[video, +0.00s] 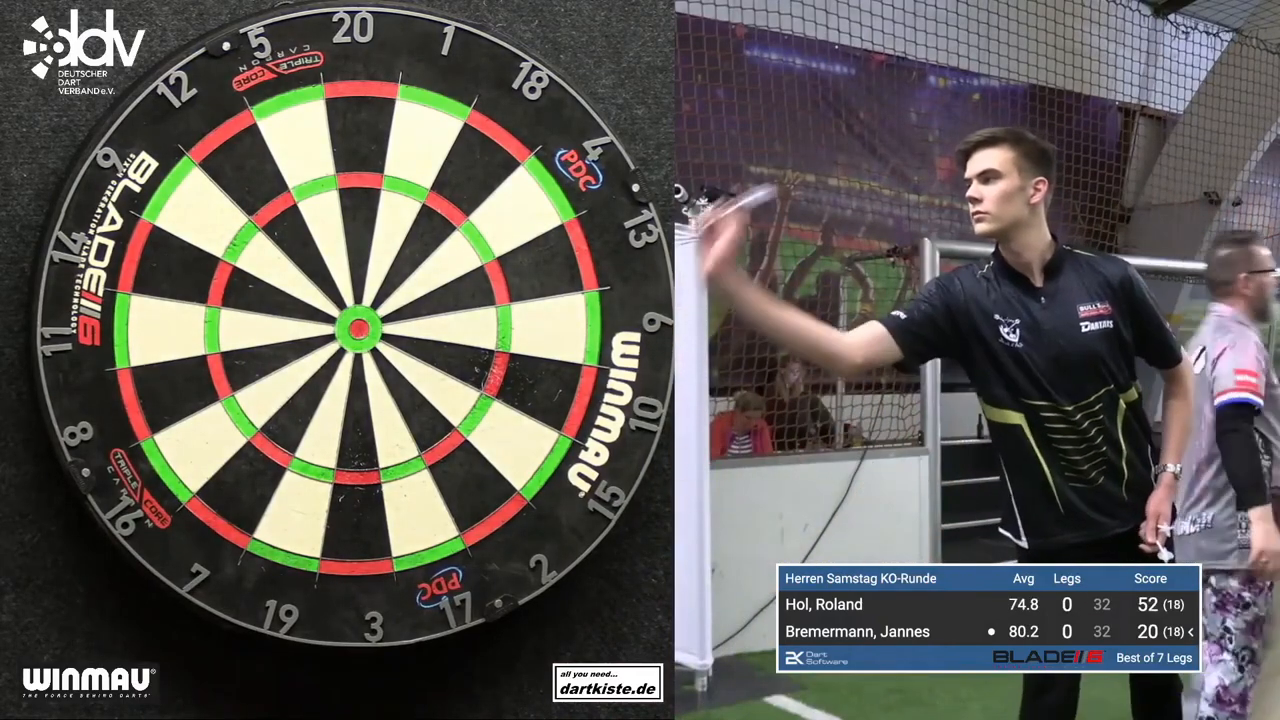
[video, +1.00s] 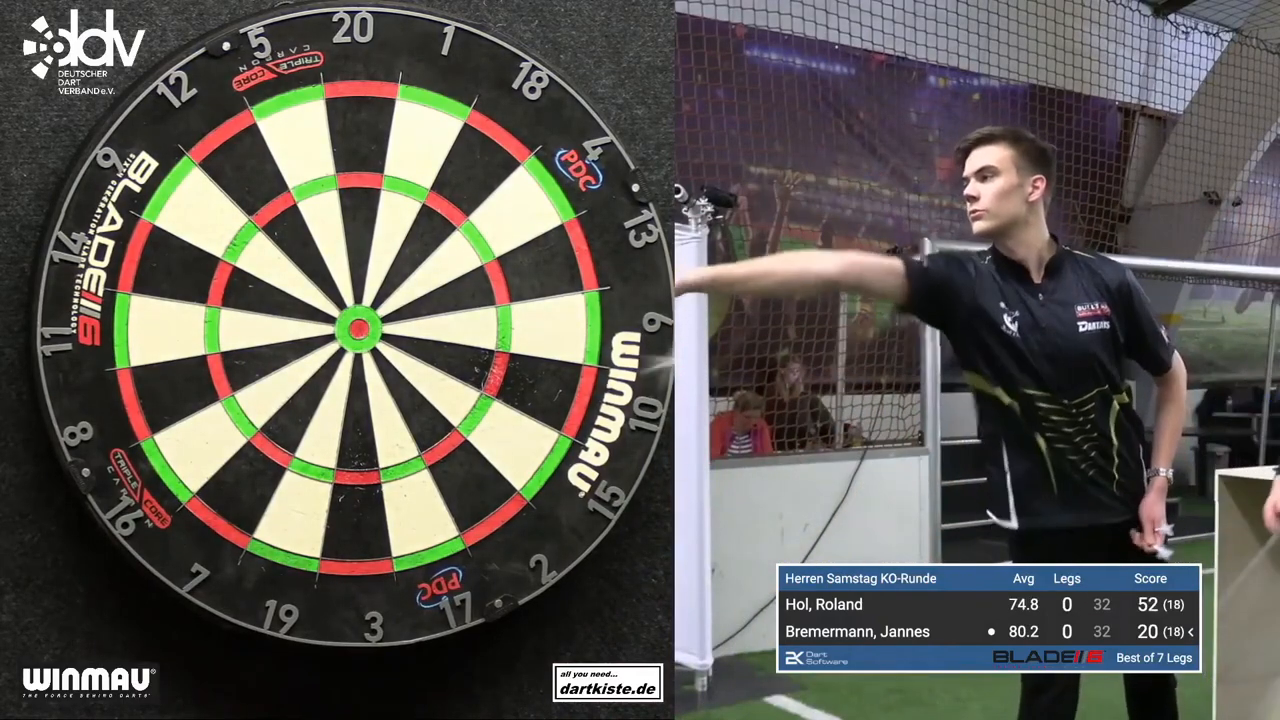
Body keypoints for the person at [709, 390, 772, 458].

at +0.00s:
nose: (752, 423)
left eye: (756, 418)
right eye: (748, 418)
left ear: (761, 417)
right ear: (737, 412)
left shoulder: (761, 426)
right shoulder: (719, 425)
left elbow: (768, 457)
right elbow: (713, 460)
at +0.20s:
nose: (752, 423)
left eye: (756, 418)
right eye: (748, 418)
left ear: (761, 417)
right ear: (737, 412)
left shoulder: (761, 426)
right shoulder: (719, 425)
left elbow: (768, 457)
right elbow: (713, 460)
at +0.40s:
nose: (752, 423)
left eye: (756, 418)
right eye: (748, 418)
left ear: (760, 417)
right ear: (737, 412)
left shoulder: (761, 426)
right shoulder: (719, 424)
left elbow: (768, 457)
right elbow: (713, 459)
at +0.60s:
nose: (753, 422)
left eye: (756, 418)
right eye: (748, 417)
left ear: (760, 416)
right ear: (737, 412)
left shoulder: (761, 426)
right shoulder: (719, 424)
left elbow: (768, 456)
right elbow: (713, 459)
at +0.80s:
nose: (753, 422)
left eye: (756, 418)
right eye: (747, 417)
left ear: (760, 416)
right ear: (737, 413)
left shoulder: (761, 426)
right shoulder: (719, 424)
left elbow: (768, 457)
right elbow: (713, 459)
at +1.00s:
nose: (752, 422)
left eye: (756, 418)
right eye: (747, 417)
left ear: (760, 416)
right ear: (737, 413)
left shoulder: (761, 426)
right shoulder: (719, 424)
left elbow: (768, 456)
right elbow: (713, 459)